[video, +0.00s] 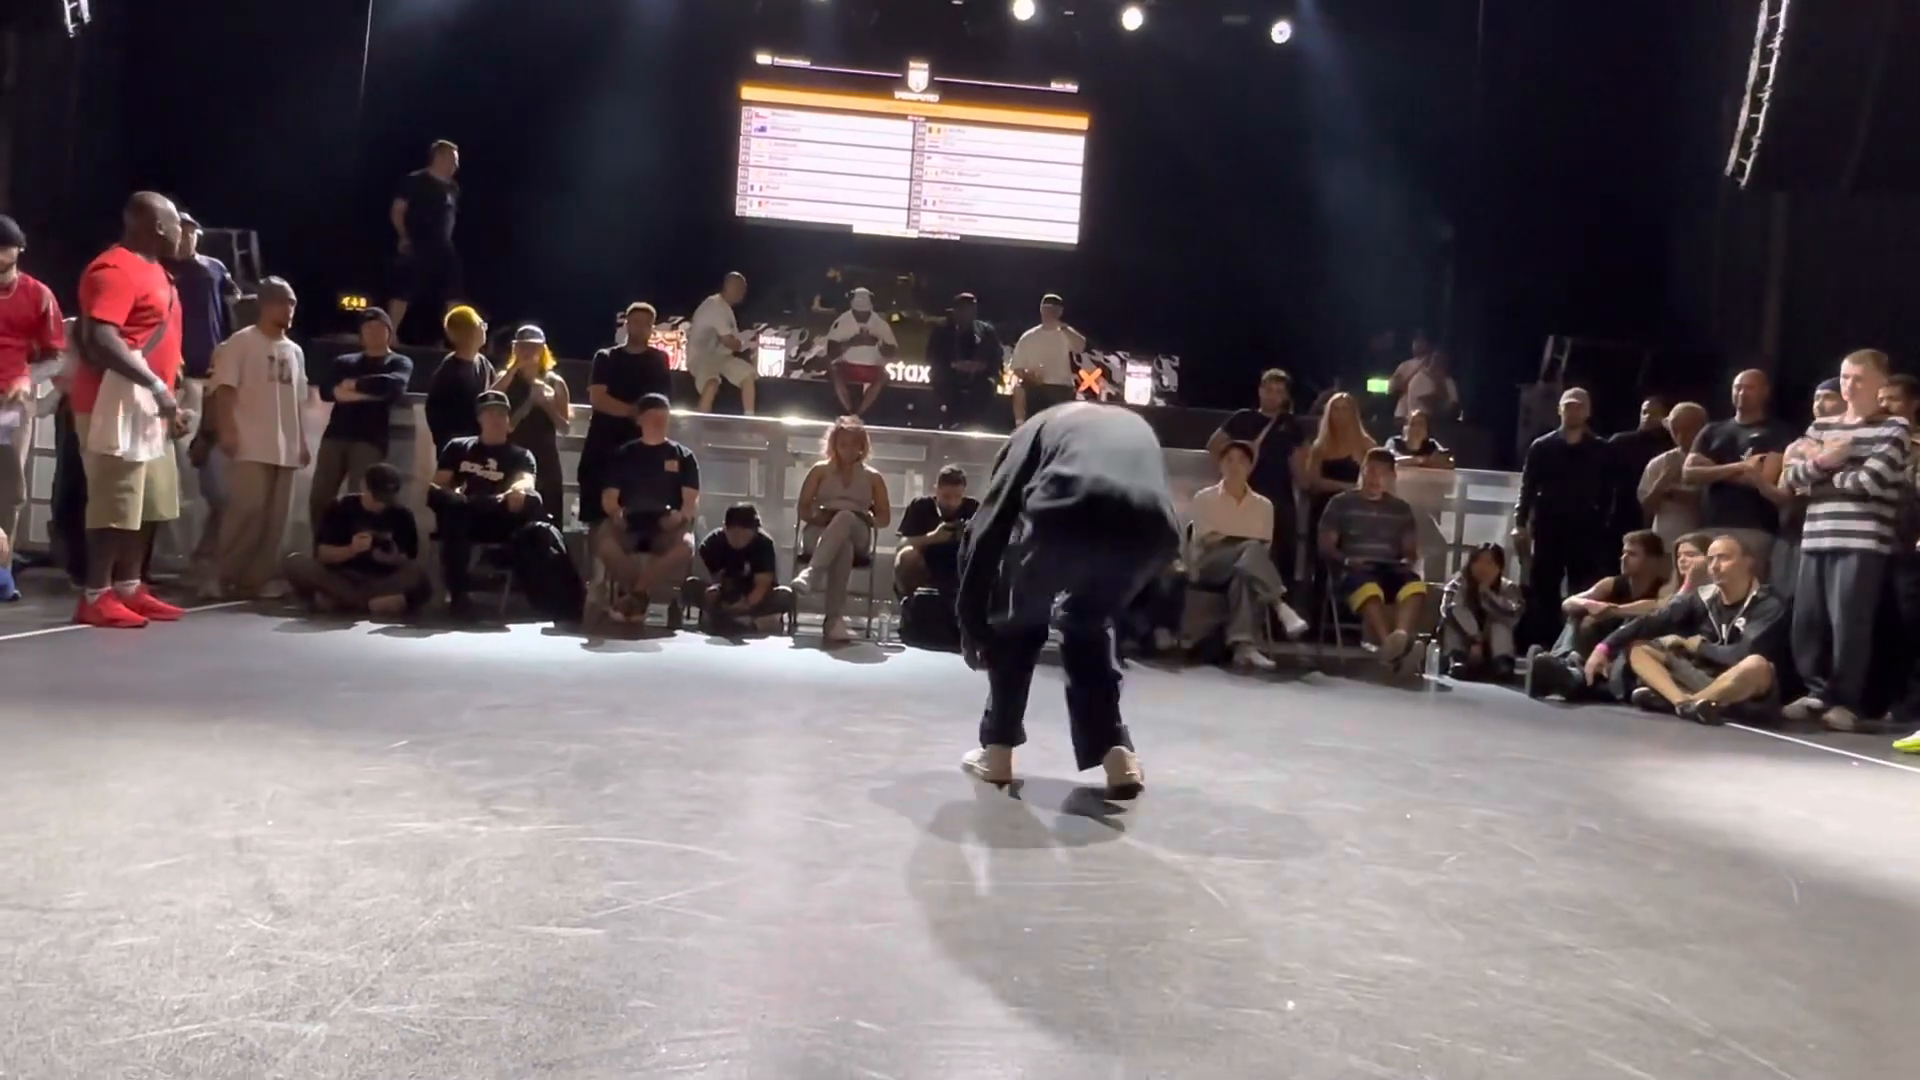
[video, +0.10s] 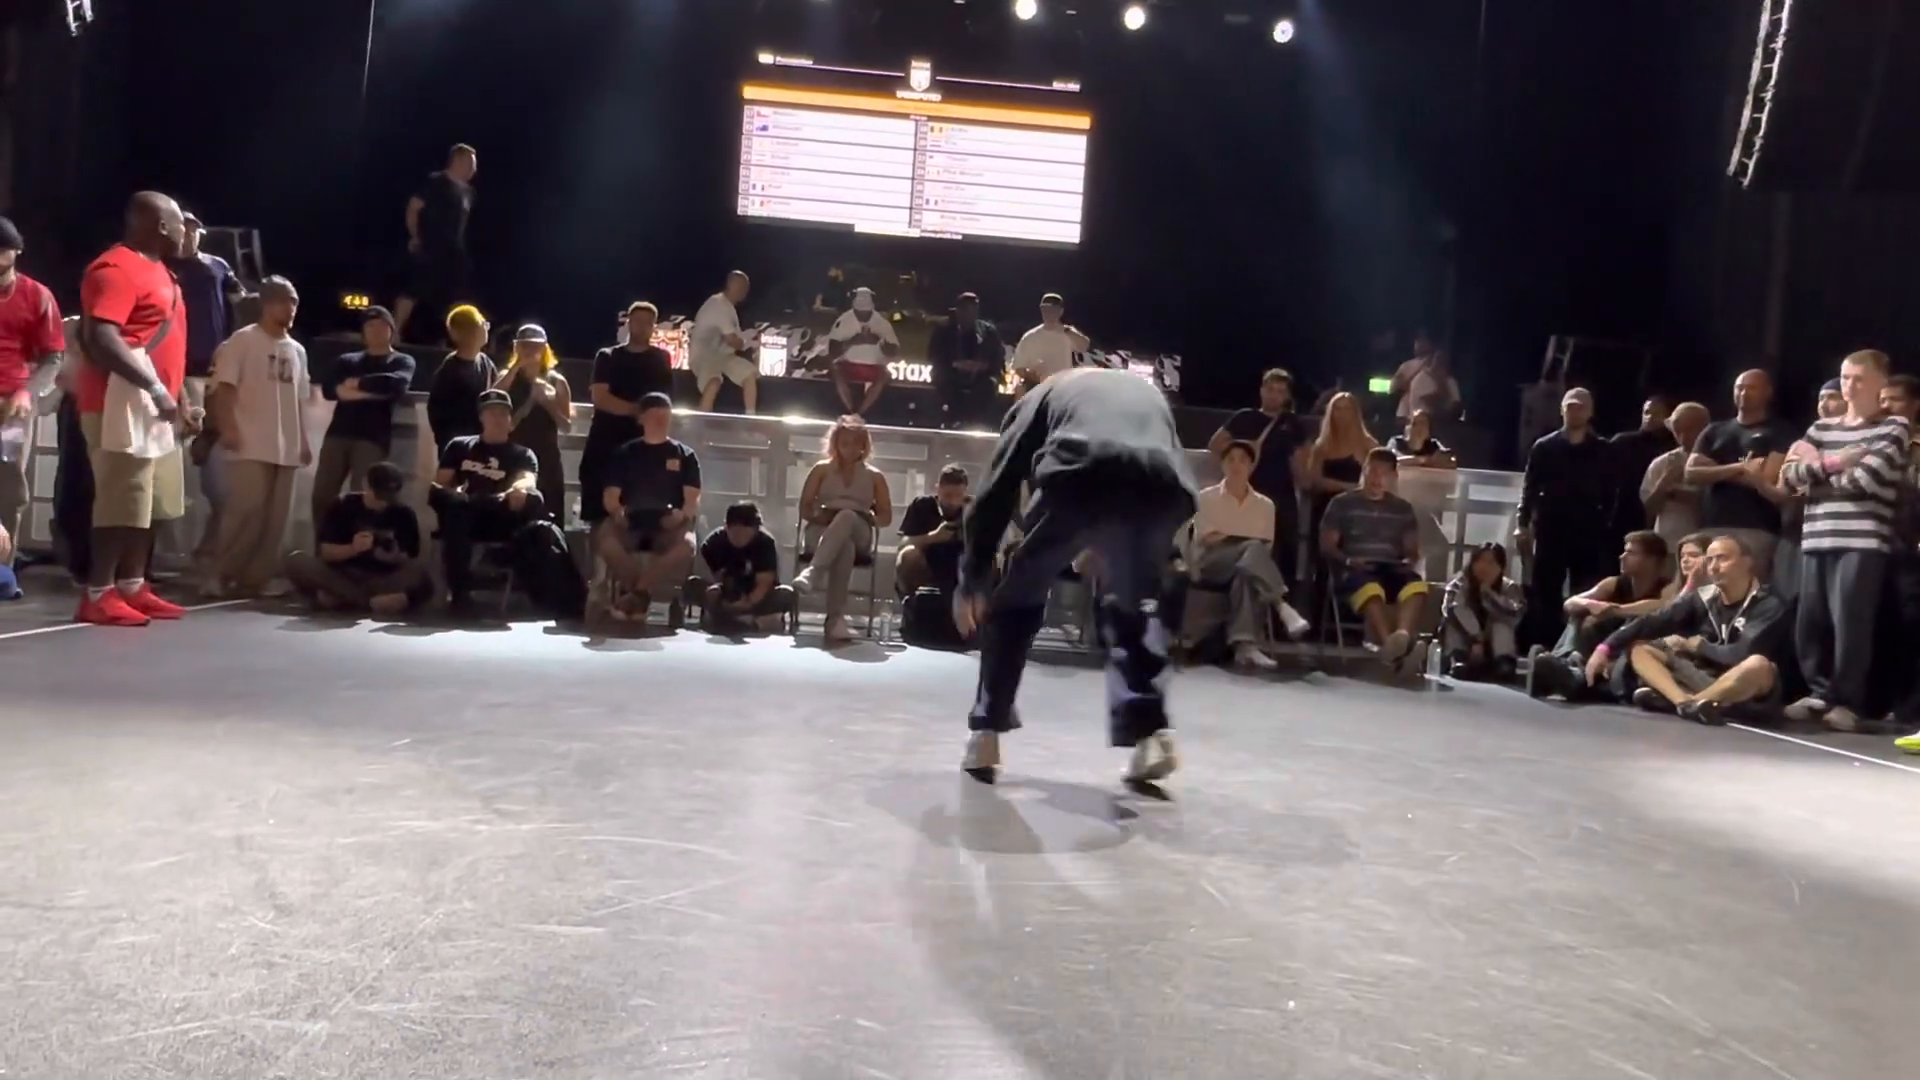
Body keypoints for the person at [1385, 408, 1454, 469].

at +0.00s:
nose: (1417, 429)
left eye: (1421, 424)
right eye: (1413, 424)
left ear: (1427, 428)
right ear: (1406, 427)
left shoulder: (1432, 445)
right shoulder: (1394, 442)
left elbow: (1447, 460)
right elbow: (1391, 459)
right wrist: (1420, 460)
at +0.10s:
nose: (1419, 428)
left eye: (1423, 424)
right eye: (1415, 424)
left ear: (1429, 427)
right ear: (1409, 426)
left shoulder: (1434, 444)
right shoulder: (1396, 442)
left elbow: (1449, 461)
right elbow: (1393, 460)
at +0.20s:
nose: (1420, 428)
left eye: (1424, 424)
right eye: (1416, 424)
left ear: (1430, 427)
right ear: (1410, 426)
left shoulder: (1436, 445)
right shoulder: (1397, 442)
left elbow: (1451, 461)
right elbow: (1393, 459)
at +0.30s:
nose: (1423, 428)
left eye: (1427, 424)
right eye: (1419, 424)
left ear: (1433, 427)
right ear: (1412, 426)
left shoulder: (1438, 444)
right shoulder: (1400, 442)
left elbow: (1454, 462)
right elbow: (1396, 459)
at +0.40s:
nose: (1424, 428)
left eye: (1428, 423)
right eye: (1420, 423)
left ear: (1434, 427)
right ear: (1414, 426)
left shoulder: (1440, 444)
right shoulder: (1401, 442)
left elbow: (1454, 461)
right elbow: (1400, 459)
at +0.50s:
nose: (1426, 427)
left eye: (1430, 423)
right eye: (1422, 423)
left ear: (1435, 426)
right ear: (1416, 425)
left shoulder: (1441, 444)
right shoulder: (1403, 441)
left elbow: (1456, 461)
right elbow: (1402, 459)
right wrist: (1435, 459)